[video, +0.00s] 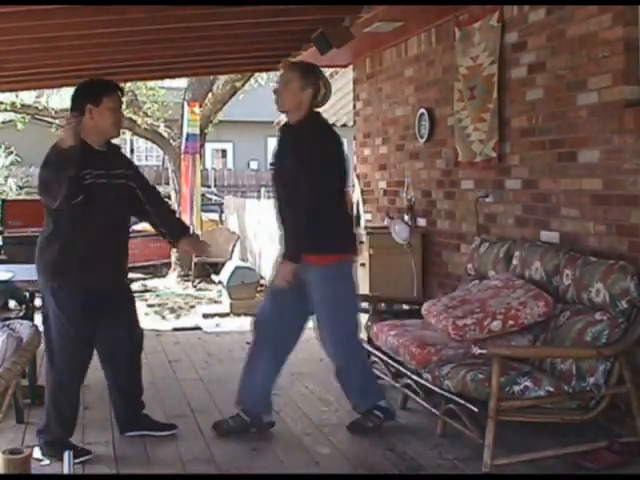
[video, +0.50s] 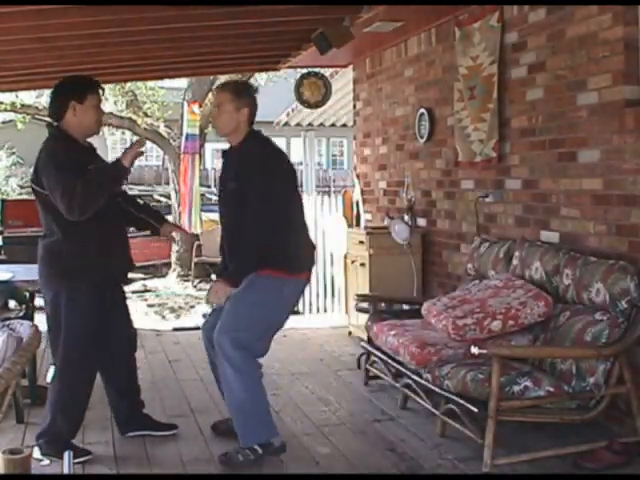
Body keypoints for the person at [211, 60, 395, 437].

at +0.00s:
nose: (276, 90)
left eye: (285, 85)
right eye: (278, 84)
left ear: (309, 93)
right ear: (296, 94)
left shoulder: (320, 136)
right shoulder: (289, 135)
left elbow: (313, 201)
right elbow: (295, 199)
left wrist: (291, 256)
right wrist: (290, 251)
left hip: (328, 255)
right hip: (299, 254)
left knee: (339, 336)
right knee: (271, 331)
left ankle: (374, 406)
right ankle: (253, 411)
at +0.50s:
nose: (214, 116)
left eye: (221, 109)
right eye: (214, 109)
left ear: (245, 112)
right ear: (228, 114)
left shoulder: (261, 157)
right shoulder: (235, 156)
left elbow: (260, 226)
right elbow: (237, 223)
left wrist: (231, 277)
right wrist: (226, 272)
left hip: (282, 268)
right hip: (261, 267)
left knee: (232, 339)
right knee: (214, 332)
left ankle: (262, 439)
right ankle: (246, 417)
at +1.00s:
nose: (214, 172)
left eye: (220, 165)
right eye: (214, 165)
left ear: (245, 169)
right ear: (239, 172)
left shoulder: (274, 206)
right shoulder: (245, 215)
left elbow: (273, 279)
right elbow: (243, 274)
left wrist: (239, 329)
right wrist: (230, 322)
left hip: (334, 287)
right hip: (305, 285)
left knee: (264, 347)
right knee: (249, 340)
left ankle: (289, 440)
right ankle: (271, 415)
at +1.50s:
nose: (293, 191)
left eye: (301, 184)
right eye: (294, 184)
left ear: (324, 189)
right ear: (317, 191)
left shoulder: (354, 223)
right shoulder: (318, 231)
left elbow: (343, 288)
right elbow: (309, 275)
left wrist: (299, 334)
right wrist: (281, 310)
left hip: (405, 299)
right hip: (369, 297)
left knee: (333, 336)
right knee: (308, 332)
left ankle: (356, 428)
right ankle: (319, 414)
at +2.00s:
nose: (453, 219)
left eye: (461, 213)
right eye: (453, 212)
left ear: (485, 218)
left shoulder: (496, 256)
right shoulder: (456, 251)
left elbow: (482, 311)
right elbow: (432, 294)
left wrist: (430, 319)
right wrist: (391, 303)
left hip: (452, 338)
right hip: (426, 323)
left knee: (377, 322)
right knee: (352, 310)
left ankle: (358, 419)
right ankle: (328, 399)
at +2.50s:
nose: (402, 227)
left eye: (409, 221)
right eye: (400, 220)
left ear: (432, 223)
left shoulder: (455, 249)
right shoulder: (420, 250)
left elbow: (496, 292)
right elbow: (427, 299)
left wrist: (465, 341)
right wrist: (402, 312)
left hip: (449, 338)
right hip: (423, 326)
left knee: (372, 327)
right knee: (349, 314)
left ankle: (369, 423)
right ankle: (347, 405)